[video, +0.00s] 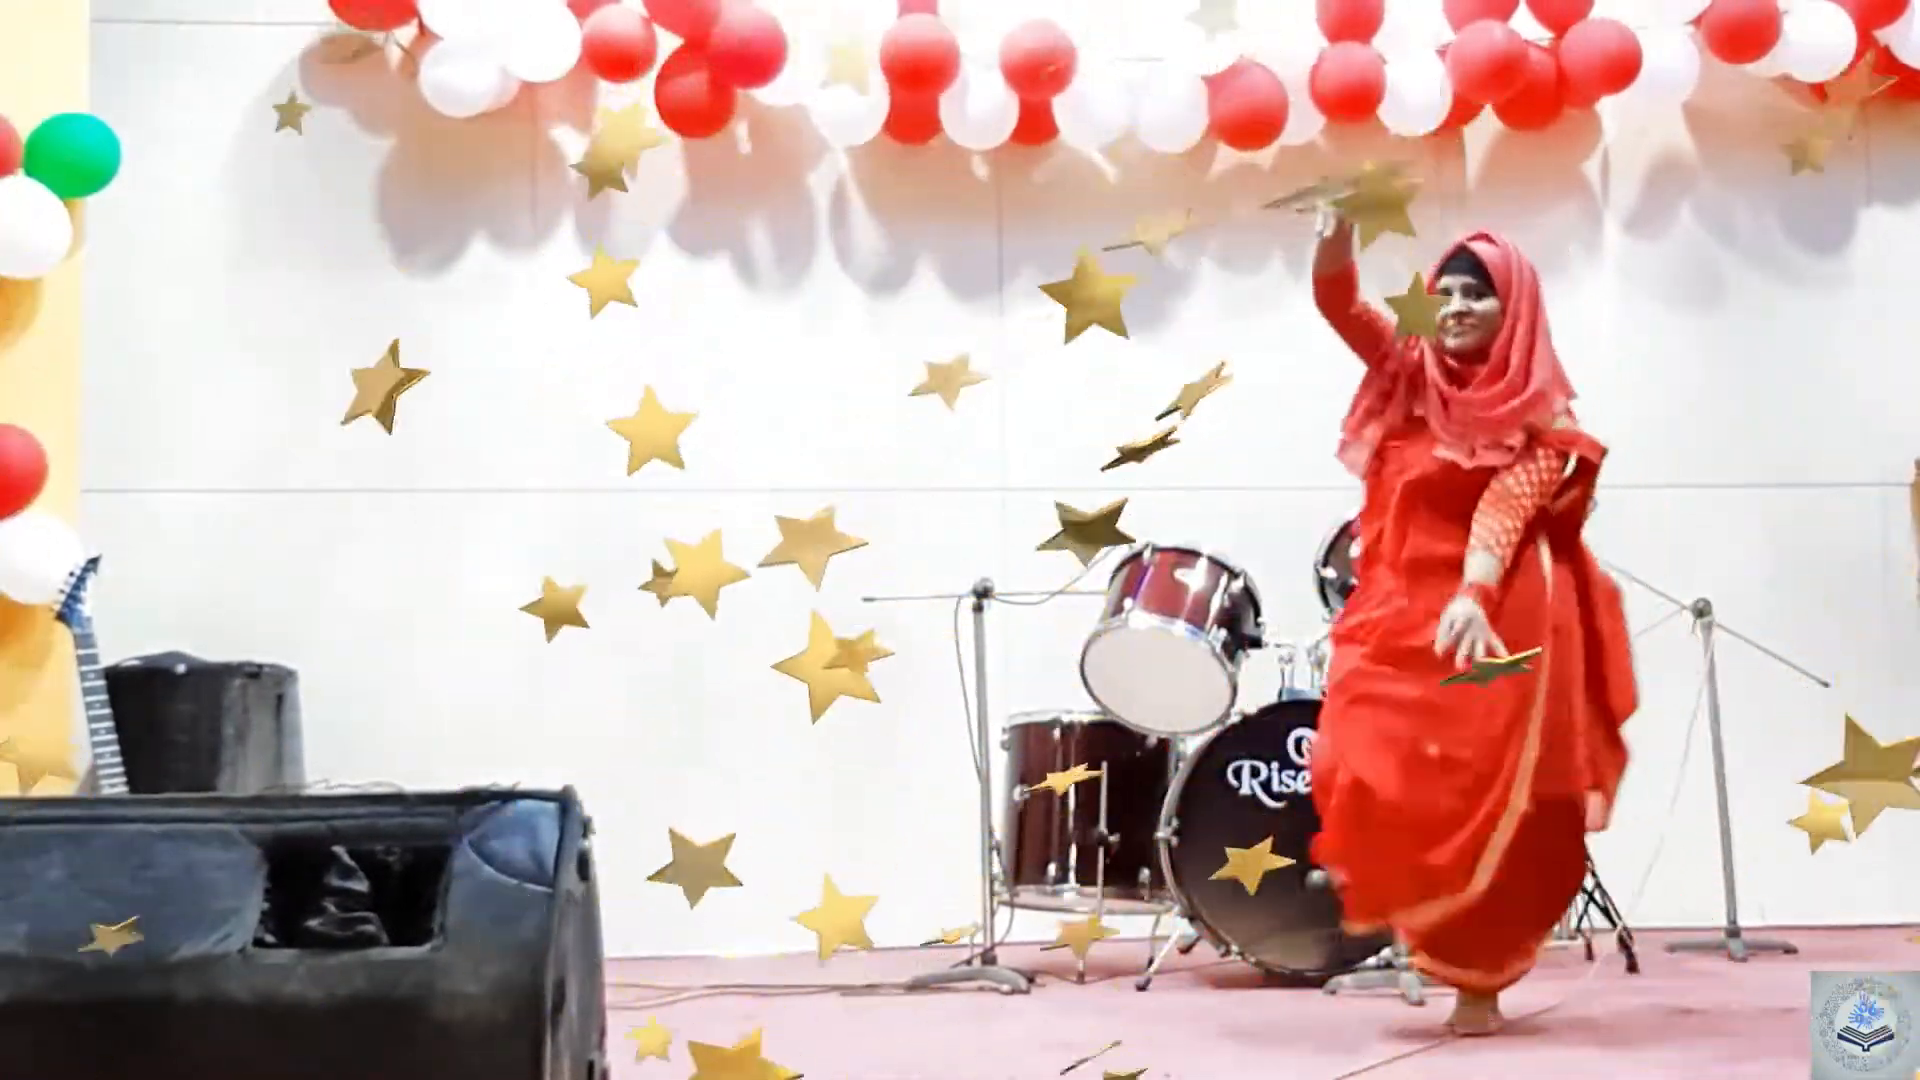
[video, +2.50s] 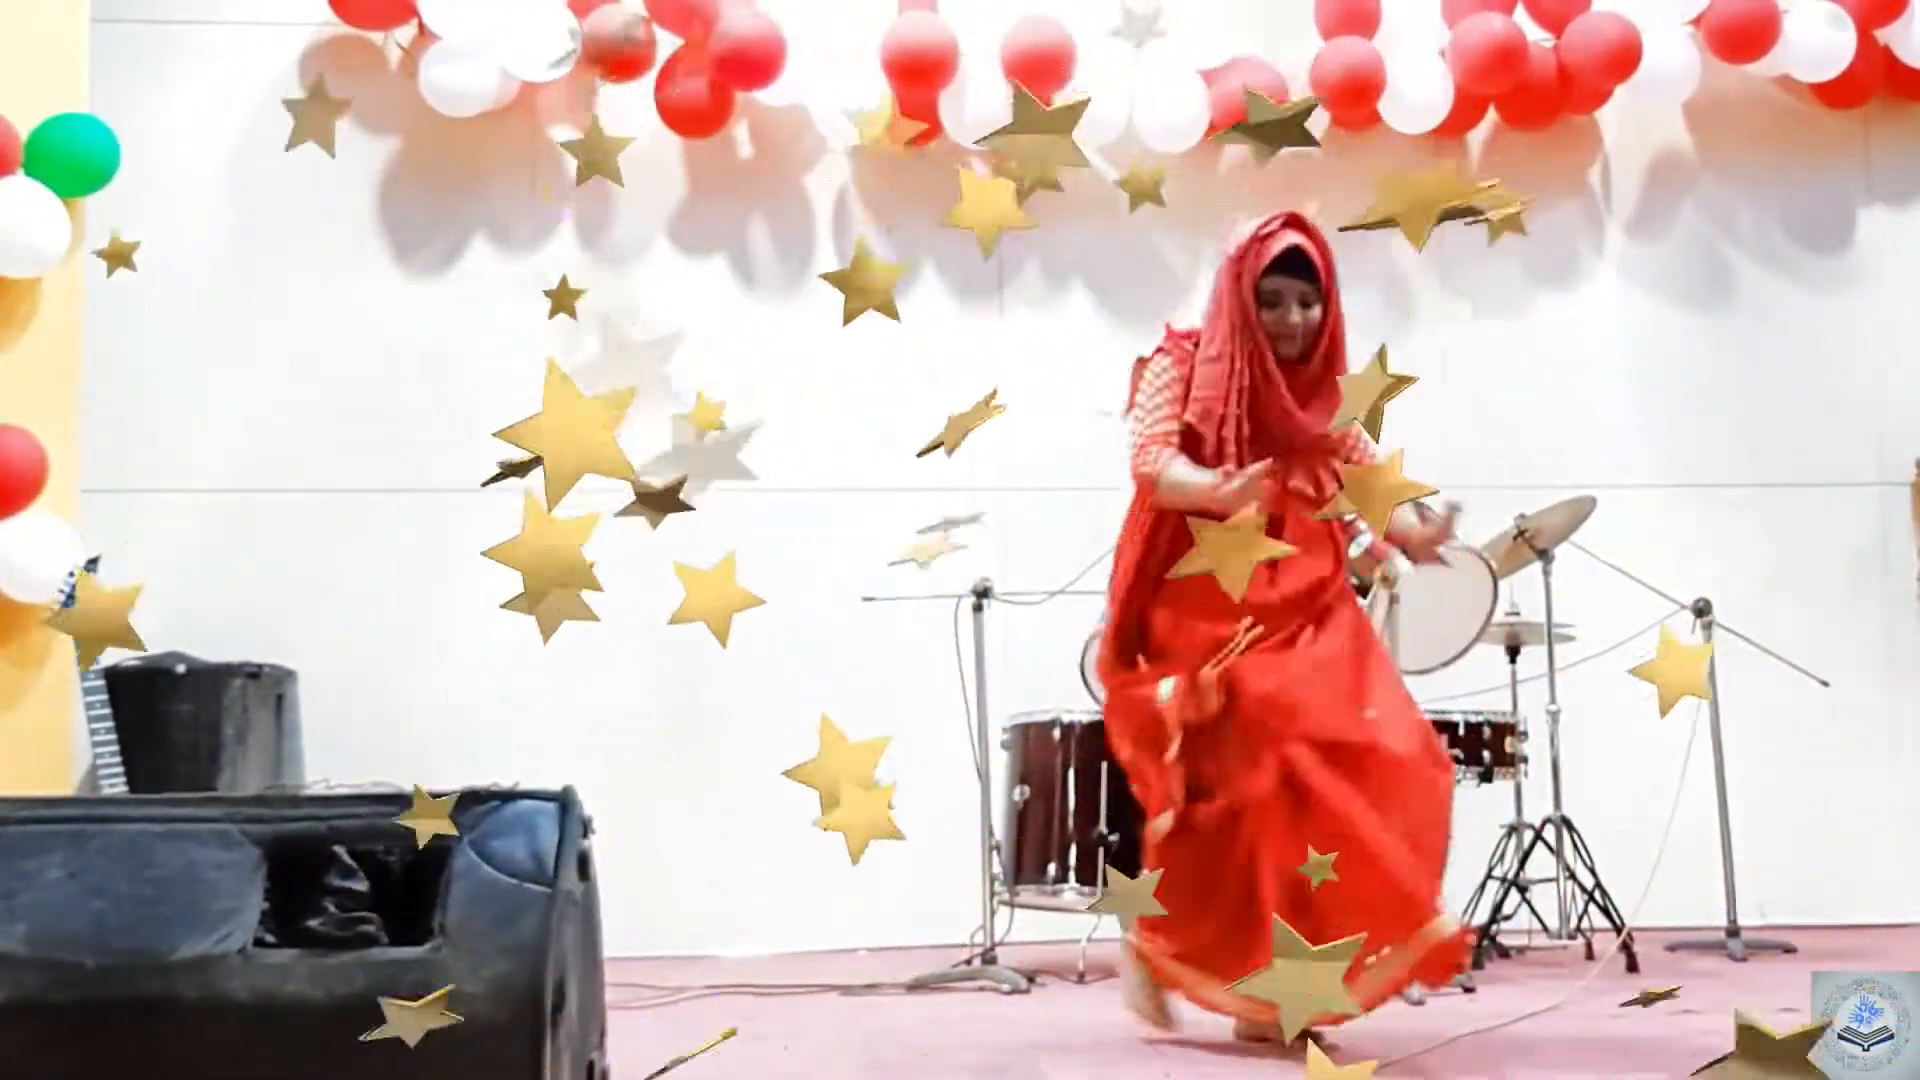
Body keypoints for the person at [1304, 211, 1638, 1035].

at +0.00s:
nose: (1458, 307)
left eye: (1478, 295)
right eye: (1446, 293)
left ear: (1513, 311)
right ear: (1428, 305)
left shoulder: (1538, 422)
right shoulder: (1402, 370)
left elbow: (1507, 514)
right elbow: (1337, 298)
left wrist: (1473, 590)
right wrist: (1339, 225)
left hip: (1503, 627)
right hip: (1391, 621)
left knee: (1486, 796)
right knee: (1359, 779)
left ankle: (1477, 987)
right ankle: (1419, 919)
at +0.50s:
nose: (1344, 285)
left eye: (1358, 270)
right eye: (1325, 274)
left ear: (1388, 283)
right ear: (1300, 293)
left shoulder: (1434, 380)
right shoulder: (1288, 372)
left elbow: (1454, 428)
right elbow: (1231, 387)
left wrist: (1431, 429)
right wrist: (1235, 363)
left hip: (1388, 634)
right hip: (1280, 631)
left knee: (1394, 799)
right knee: (1294, 805)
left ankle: (1399, 980)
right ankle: (1293, 1008)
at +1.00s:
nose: (1249, 298)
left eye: (1265, 283)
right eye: (1234, 284)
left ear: (1298, 291)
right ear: (1211, 293)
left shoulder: (1337, 373)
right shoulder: (1183, 376)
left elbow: (1394, 419)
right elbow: (1087, 411)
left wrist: (1436, 406)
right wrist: (1075, 366)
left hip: (1309, 609)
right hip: (1198, 604)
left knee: (1333, 789)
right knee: (1191, 787)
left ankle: (1352, 981)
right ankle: (1193, 972)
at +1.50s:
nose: (1245, 288)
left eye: (1257, 273)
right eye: (1226, 279)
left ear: (1286, 284)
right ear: (1201, 297)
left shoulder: (1321, 388)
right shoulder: (1177, 365)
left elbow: (1385, 476)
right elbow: (1100, 404)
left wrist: (1369, 498)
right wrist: (1153, 424)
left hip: (1294, 613)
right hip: (1191, 609)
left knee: (1290, 796)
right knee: (1183, 786)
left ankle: (1277, 994)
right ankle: (1157, 965)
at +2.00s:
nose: (1276, 311)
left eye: (1288, 295)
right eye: (1255, 309)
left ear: (1326, 310)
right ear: (1235, 343)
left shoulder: (1402, 397)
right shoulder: (1252, 407)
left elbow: (1498, 392)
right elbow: (1185, 384)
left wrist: (1521, 309)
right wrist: (1121, 313)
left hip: (1419, 606)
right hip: (1310, 607)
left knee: (1401, 801)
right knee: (1373, 798)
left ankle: (1290, 960)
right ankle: (1391, 1026)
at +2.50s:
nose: (1292, 319)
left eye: (1305, 302)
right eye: (1273, 301)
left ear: (1324, 307)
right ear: (1240, 302)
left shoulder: (1329, 386)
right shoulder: (1184, 361)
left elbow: (1373, 489)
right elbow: (1153, 462)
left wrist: (1414, 529)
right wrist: (1216, 491)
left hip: (1310, 608)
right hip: (1205, 613)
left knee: (1373, 766)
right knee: (1256, 776)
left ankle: (1294, 996)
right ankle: (1153, 943)